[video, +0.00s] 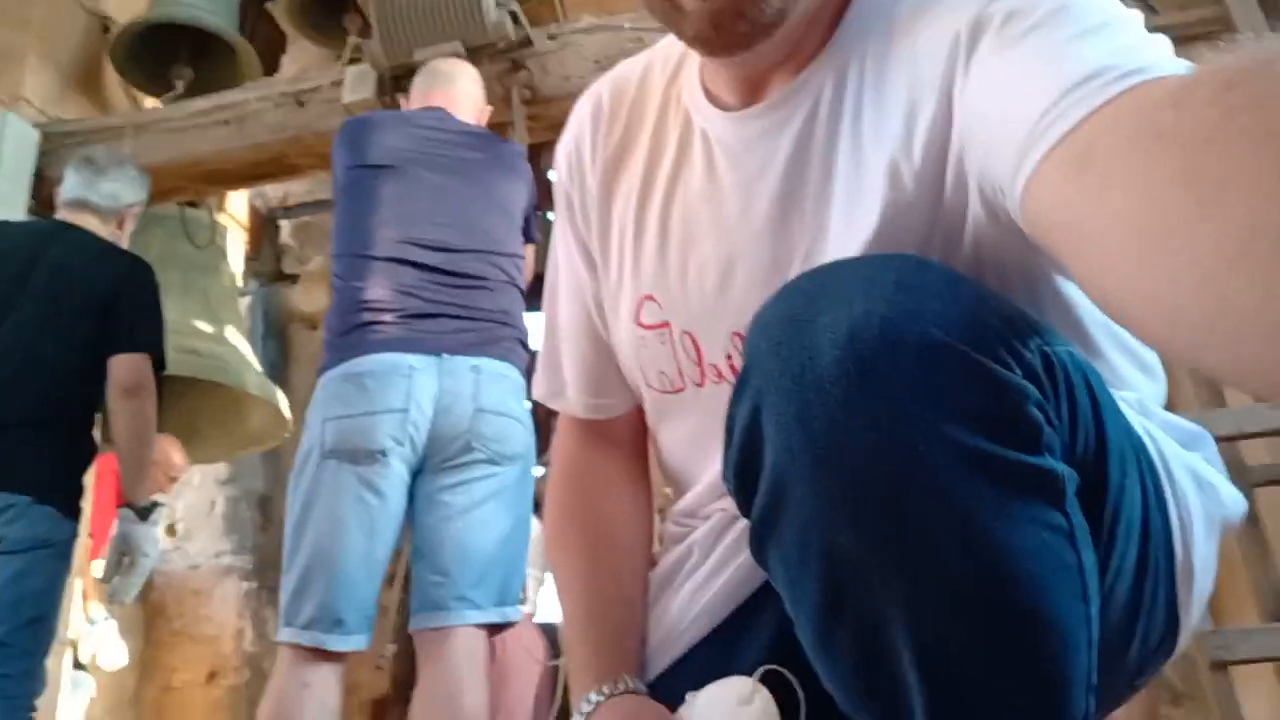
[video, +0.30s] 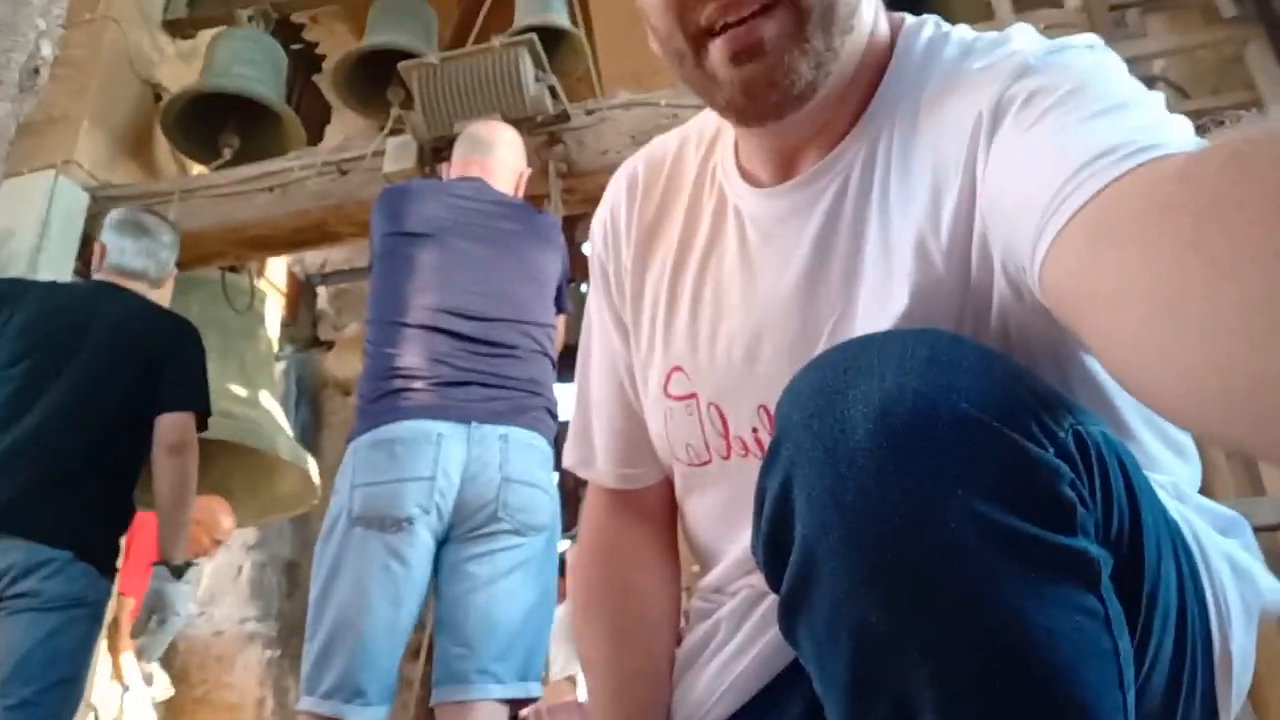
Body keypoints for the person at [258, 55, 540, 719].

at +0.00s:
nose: (487, 118)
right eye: (487, 110)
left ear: (405, 104)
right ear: (486, 116)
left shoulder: (357, 137)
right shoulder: (512, 164)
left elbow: (371, 238)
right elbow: (520, 273)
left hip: (371, 374)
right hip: (492, 379)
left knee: (315, 646)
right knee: (455, 633)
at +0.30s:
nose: (522, 186)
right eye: (524, 179)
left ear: (444, 169)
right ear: (522, 183)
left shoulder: (395, 203)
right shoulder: (547, 234)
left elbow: (403, 301)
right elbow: (553, 339)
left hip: (398, 445)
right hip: (519, 453)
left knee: (341, 698)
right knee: (480, 695)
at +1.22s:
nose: (430, 190)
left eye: (431, 183)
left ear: (438, 186)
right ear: (514, 203)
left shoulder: (388, 228)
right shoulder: (533, 254)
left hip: (381, 464)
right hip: (501, 479)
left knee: (309, 702)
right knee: (467, 704)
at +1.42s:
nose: (414, 203)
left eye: (413, 197)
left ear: (418, 200)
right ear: (495, 212)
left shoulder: (367, 244)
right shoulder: (525, 270)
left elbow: (357, 356)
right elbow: (529, 395)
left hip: (363, 470)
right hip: (482, 481)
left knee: (298, 703)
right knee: (457, 705)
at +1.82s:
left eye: (337, 233)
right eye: (413, 231)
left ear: (337, 238)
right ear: (412, 236)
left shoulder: (295, 280)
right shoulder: (438, 285)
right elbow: (498, 410)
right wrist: (452, 354)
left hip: (273, 483)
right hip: (389, 488)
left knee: (243, 705)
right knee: (386, 706)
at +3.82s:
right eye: (390, 208)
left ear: (310, 218)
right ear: (385, 211)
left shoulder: (265, 270)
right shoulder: (405, 266)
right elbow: (471, 386)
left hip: (230, 489)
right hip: (344, 486)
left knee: (213, 709)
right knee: (308, 707)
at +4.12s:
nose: (394, 215)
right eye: (394, 207)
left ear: (314, 215)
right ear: (388, 209)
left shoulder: (265, 269)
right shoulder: (407, 265)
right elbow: (473, 386)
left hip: (231, 489)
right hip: (345, 485)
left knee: (214, 709)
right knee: (309, 707)